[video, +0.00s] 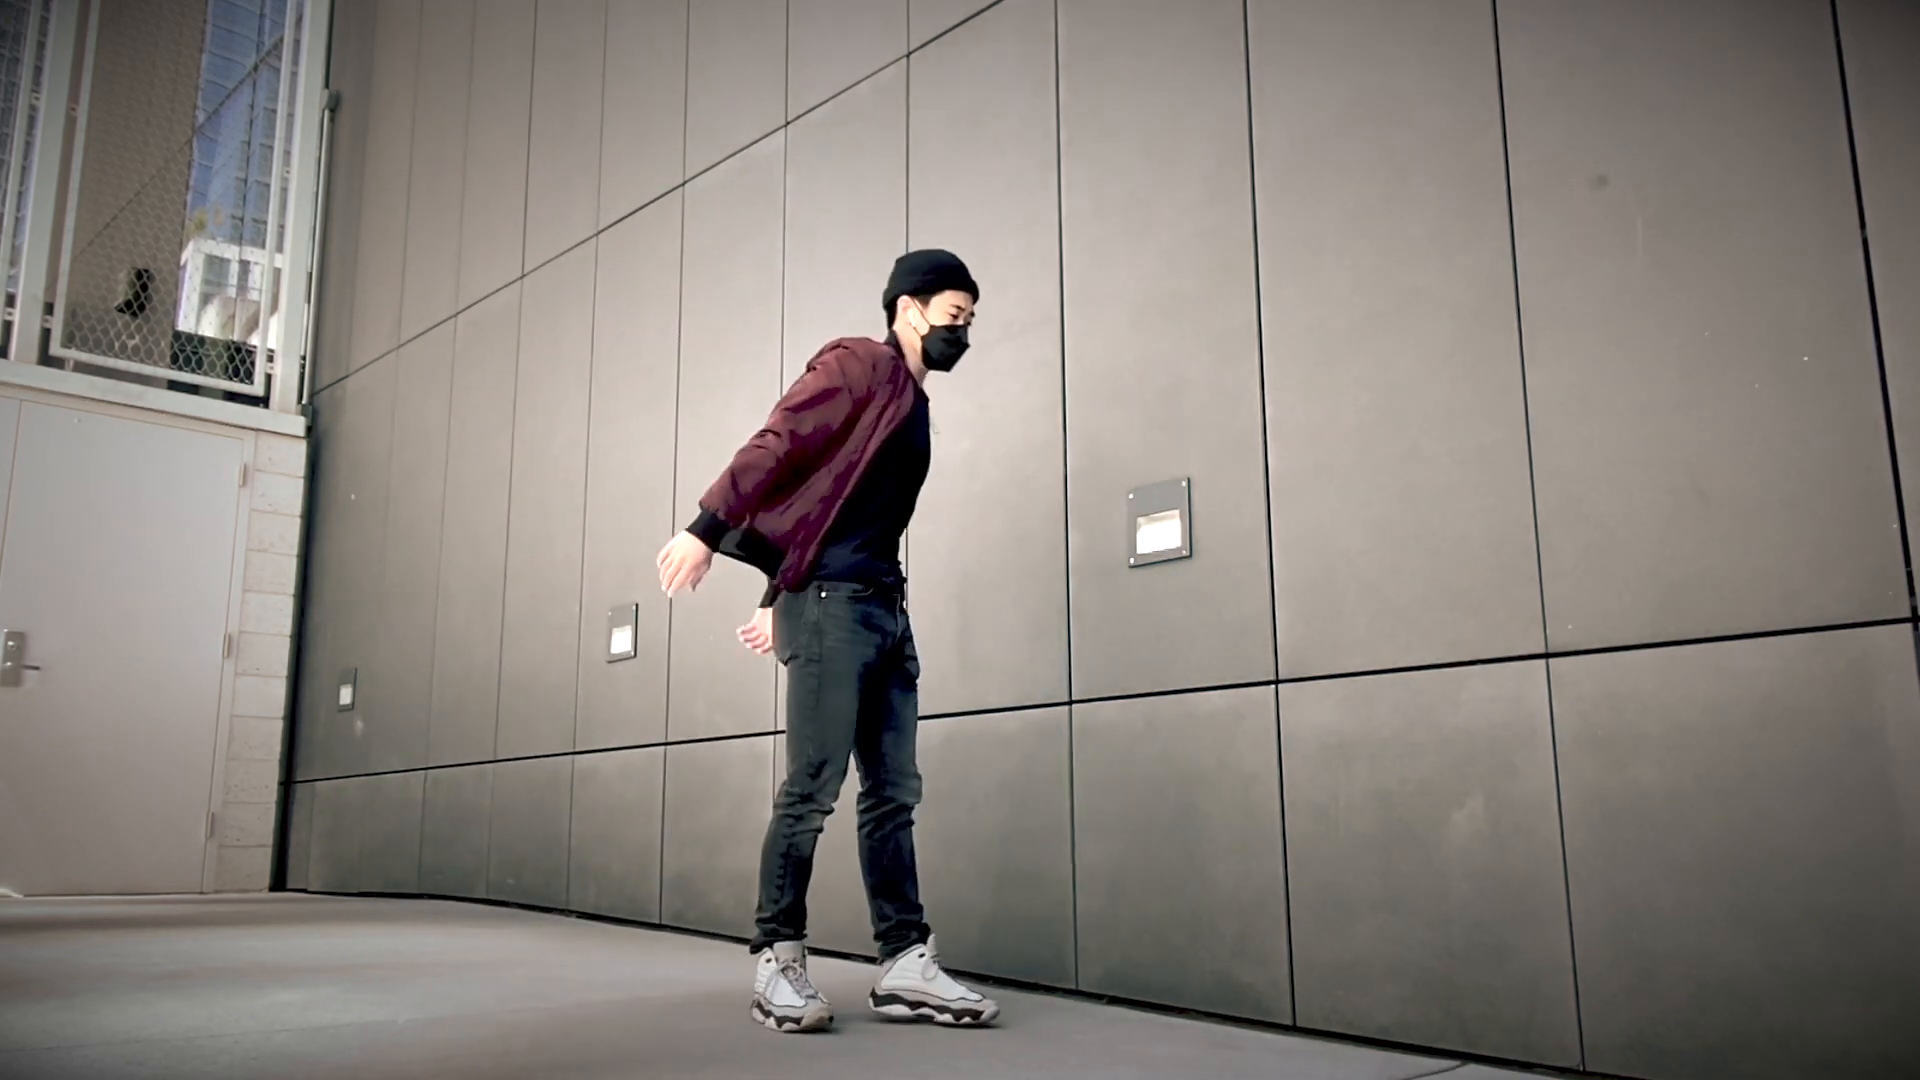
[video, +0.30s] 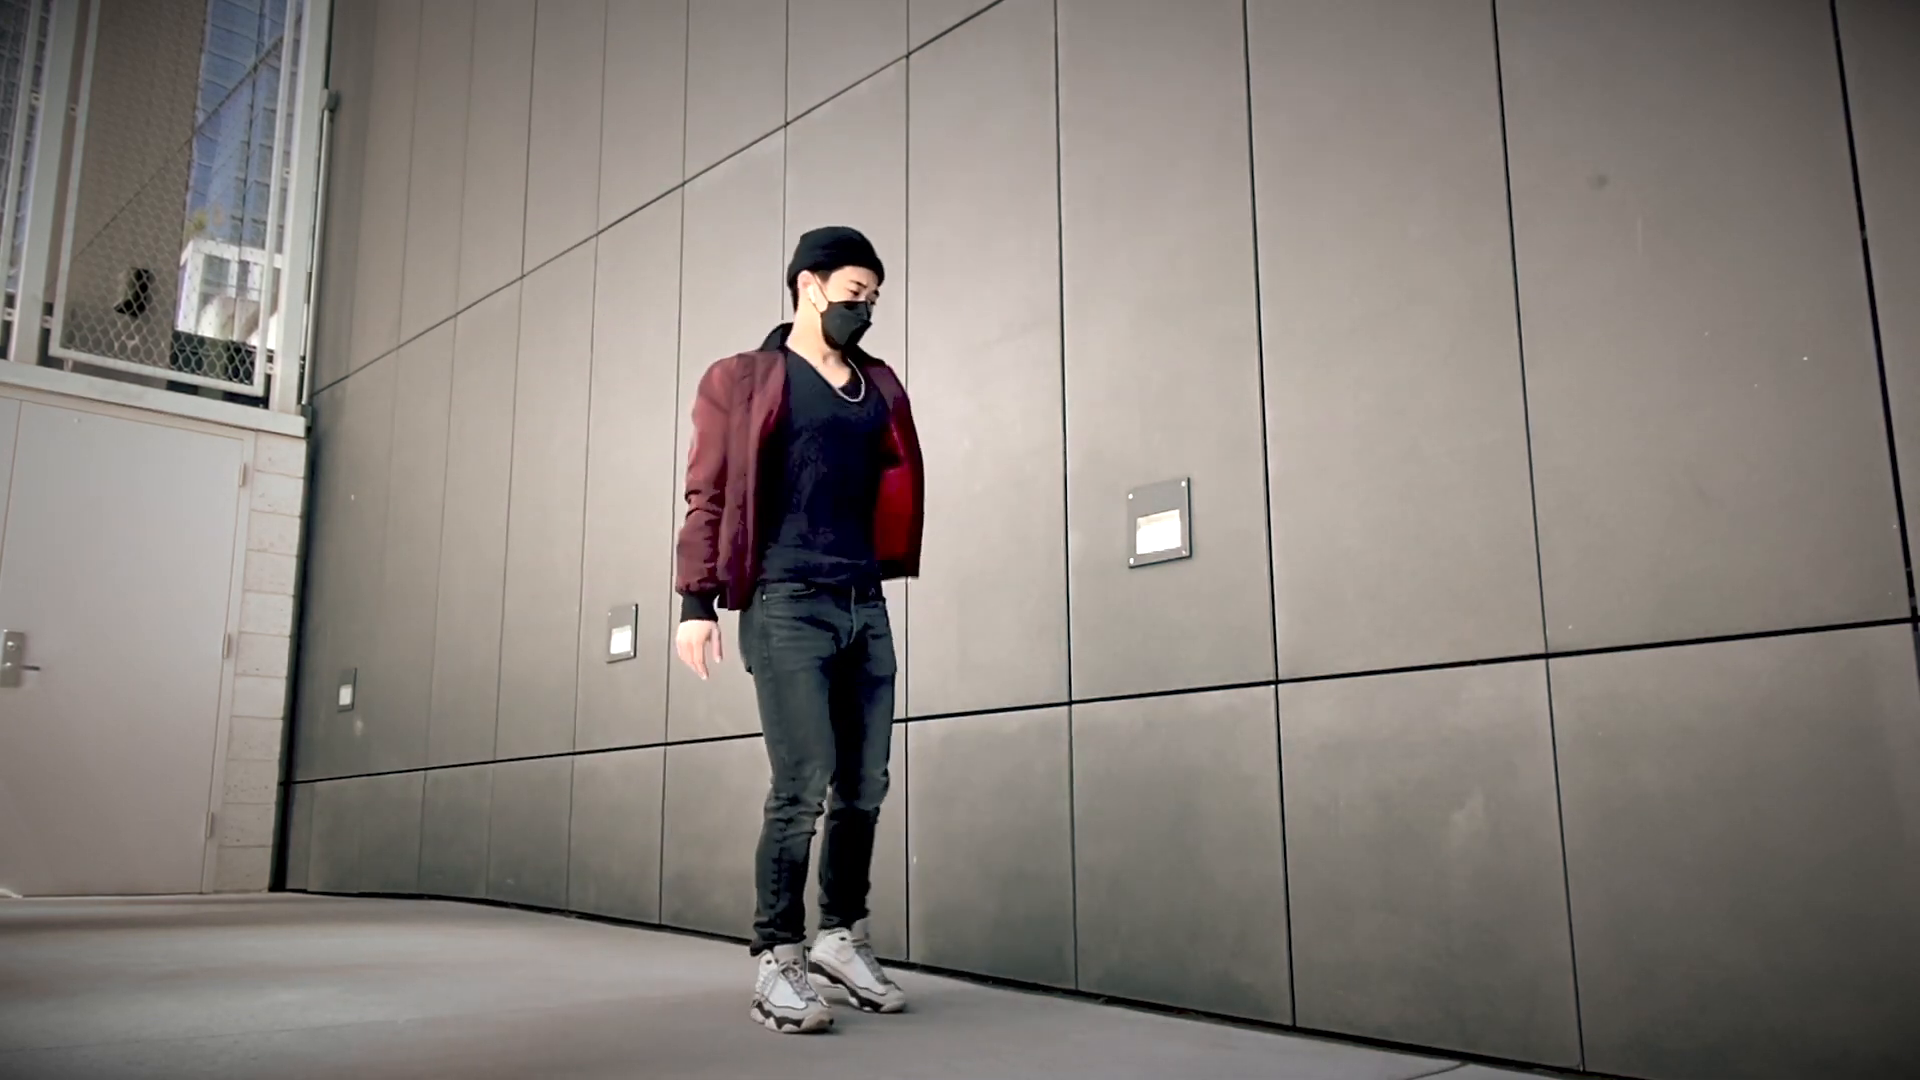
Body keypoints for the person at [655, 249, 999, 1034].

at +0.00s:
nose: (964, 329)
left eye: (970, 318)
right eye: (955, 313)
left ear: (937, 320)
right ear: (907, 307)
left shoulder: (907, 397)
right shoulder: (857, 363)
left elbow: (847, 505)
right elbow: (778, 441)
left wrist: (784, 597)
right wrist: (703, 529)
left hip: (883, 610)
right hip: (828, 605)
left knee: (892, 792)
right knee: (812, 786)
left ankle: (904, 963)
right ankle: (778, 959)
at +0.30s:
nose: (867, 302)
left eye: (874, 293)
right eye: (855, 287)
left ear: (870, 303)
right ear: (807, 284)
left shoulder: (879, 386)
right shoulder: (742, 379)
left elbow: (893, 492)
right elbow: (705, 496)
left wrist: (879, 578)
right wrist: (696, 606)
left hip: (863, 605)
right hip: (782, 607)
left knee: (863, 786)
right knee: (802, 783)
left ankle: (840, 940)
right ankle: (776, 961)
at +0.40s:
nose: (838, 301)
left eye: (847, 292)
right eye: (824, 287)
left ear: (851, 302)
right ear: (779, 288)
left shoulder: (864, 385)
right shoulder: (722, 390)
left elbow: (894, 494)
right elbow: (684, 506)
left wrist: (875, 589)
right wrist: (682, 621)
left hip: (855, 610)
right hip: (772, 610)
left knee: (841, 793)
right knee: (805, 787)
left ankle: (775, 935)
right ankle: (780, 957)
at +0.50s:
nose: (812, 306)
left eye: (821, 299)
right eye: (799, 293)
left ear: (826, 308)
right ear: (755, 294)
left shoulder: (845, 391)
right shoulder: (703, 405)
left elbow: (912, 472)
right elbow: (659, 516)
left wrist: (940, 565)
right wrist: (651, 633)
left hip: (837, 614)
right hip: (757, 617)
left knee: (837, 799)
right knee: (802, 788)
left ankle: (724, 908)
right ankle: (783, 960)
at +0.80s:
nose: (773, 343)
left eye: (782, 333)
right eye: (759, 328)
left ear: (786, 341)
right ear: (715, 326)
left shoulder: (802, 415)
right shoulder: (647, 418)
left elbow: (895, 480)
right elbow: (585, 523)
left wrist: (996, 532)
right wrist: (518, 617)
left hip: (759, 623)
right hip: (674, 624)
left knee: (789, 790)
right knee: (747, 749)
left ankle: (676, 935)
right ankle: (822, 888)